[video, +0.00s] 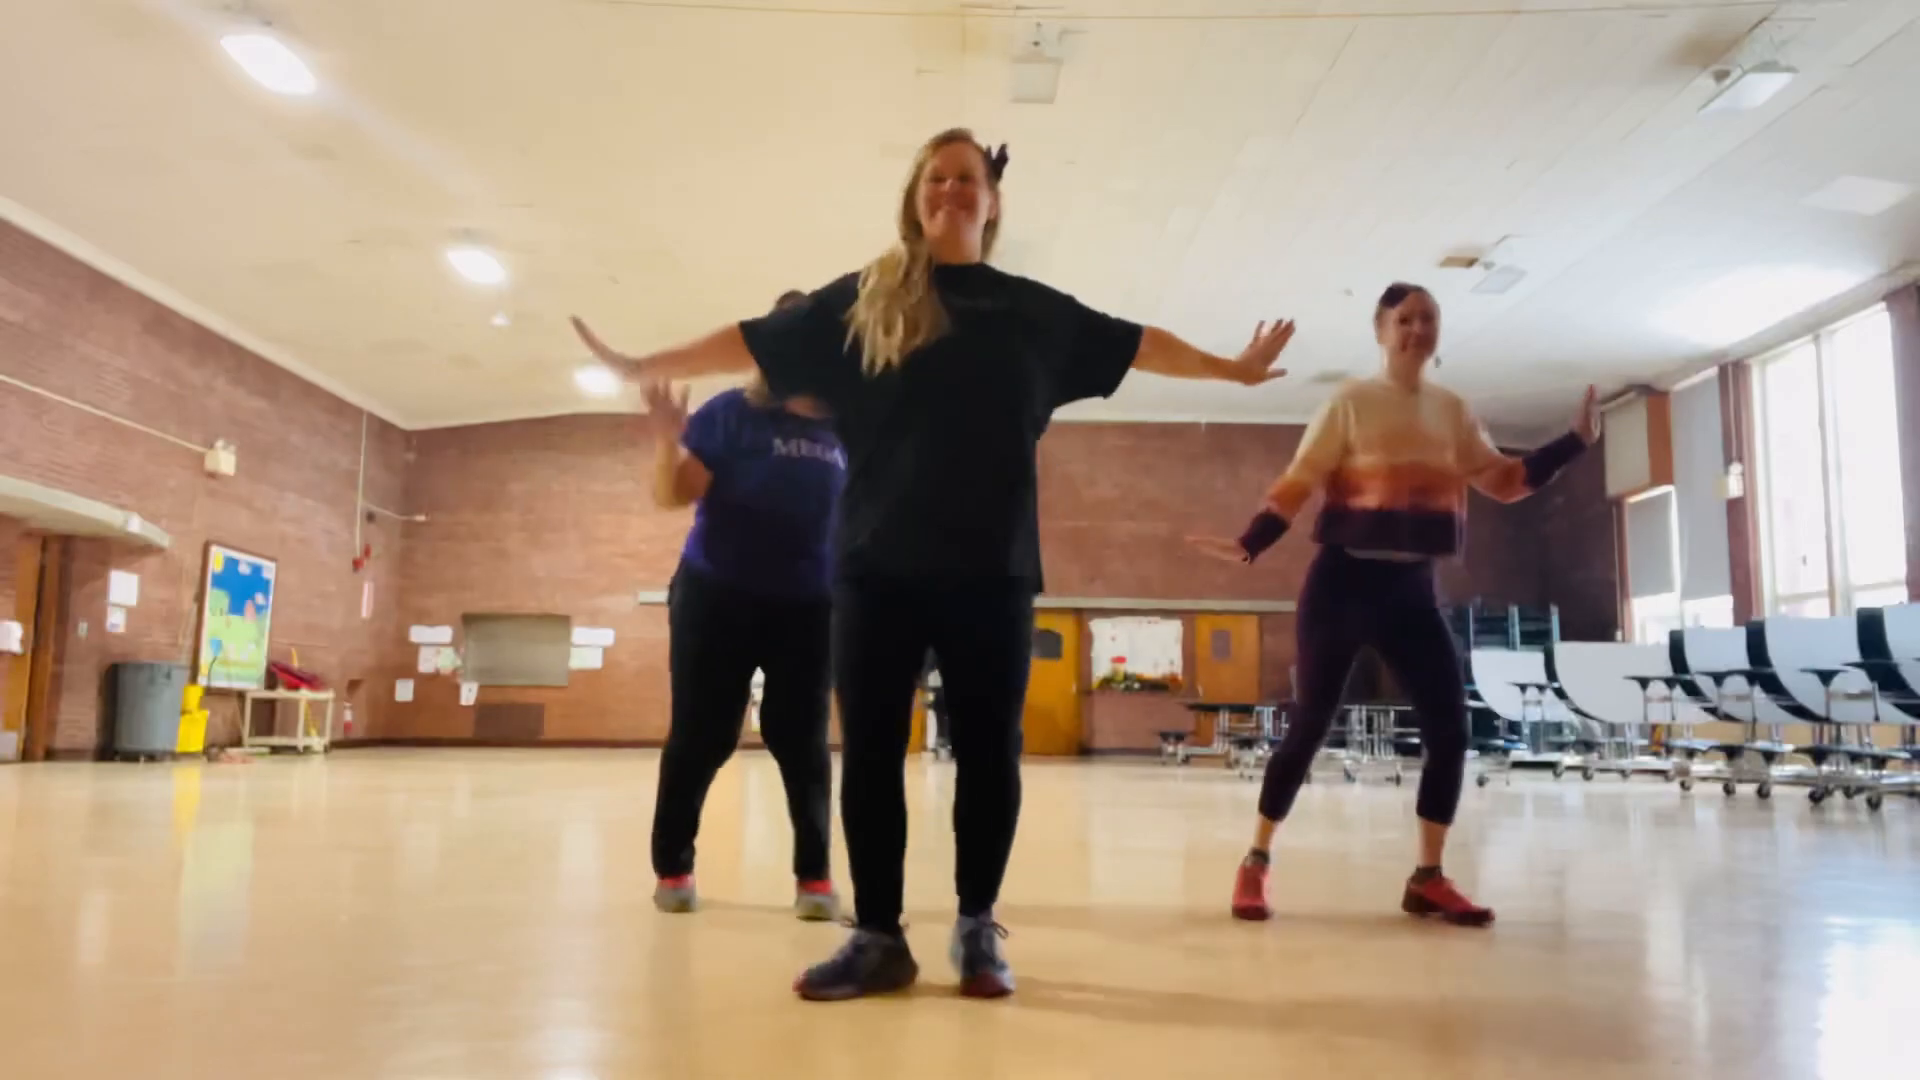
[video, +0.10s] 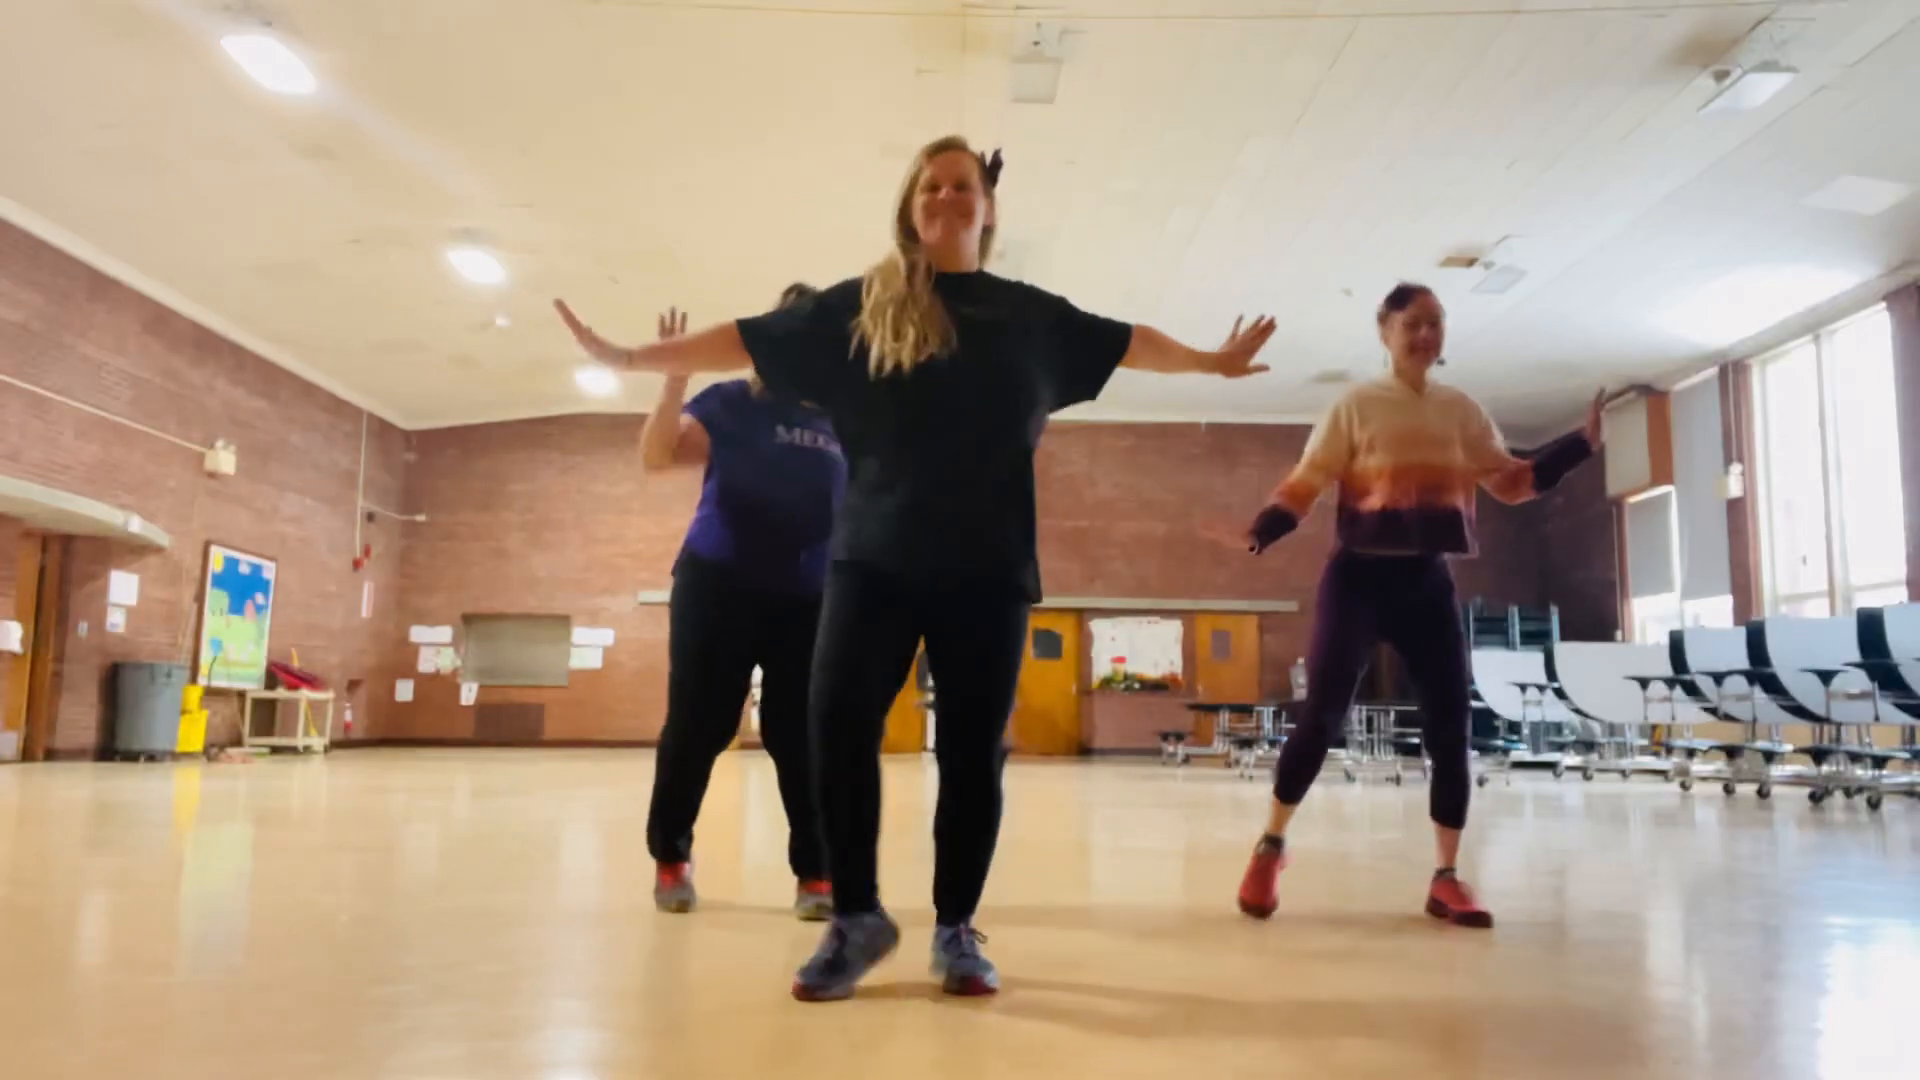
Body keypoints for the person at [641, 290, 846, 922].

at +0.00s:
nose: (799, 355)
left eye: (811, 343)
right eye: (786, 341)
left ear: (829, 350)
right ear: (766, 347)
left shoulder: (843, 426)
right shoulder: (727, 414)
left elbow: (862, 515)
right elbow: (674, 493)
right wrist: (668, 436)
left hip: (804, 602)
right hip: (716, 596)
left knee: (803, 741)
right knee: (702, 736)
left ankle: (814, 876)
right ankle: (673, 866)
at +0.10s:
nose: (792, 346)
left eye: (806, 335)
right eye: (783, 332)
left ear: (828, 347)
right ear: (763, 338)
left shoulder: (840, 413)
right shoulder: (730, 401)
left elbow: (874, 492)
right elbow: (659, 455)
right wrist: (676, 372)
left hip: (804, 590)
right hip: (718, 581)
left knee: (801, 732)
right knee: (699, 725)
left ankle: (816, 874)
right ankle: (671, 856)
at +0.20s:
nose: (806, 342)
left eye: (817, 331)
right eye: (797, 327)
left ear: (836, 341)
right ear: (773, 334)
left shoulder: (849, 411)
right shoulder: (734, 398)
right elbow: (657, 451)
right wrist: (676, 381)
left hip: (803, 585)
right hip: (721, 574)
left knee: (794, 730)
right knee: (705, 715)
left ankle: (819, 870)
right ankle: (665, 842)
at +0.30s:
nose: (819, 364)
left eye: (829, 352)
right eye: (809, 350)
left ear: (840, 360)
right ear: (786, 352)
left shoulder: (848, 422)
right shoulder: (740, 405)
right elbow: (682, 486)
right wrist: (684, 458)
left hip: (803, 591)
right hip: (719, 582)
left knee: (797, 736)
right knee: (706, 730)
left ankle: (815, 877)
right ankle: (668, 866)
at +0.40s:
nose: (825, 384)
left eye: (832, 377)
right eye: (821, 373)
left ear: (842, 384)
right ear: (799, 369)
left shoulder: (847, 433)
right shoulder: (742, 408)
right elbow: (682, 487)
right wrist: (679, 522)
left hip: (802, 597)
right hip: (717, 592)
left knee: (804, 738)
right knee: (698, 736)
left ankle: (816, 875)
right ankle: (669, 872)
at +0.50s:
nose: (812, 349)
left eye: (824, 339)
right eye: (804, 334)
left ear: (842, 349)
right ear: (785, 336)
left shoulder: (844, 426)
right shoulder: (741, 401)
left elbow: (863, 518)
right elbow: (680, 480)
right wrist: (666, 462)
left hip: (795, 596)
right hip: (712, 585)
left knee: (801, 736)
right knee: (692, 728)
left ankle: (816, 878)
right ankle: (665, 864)